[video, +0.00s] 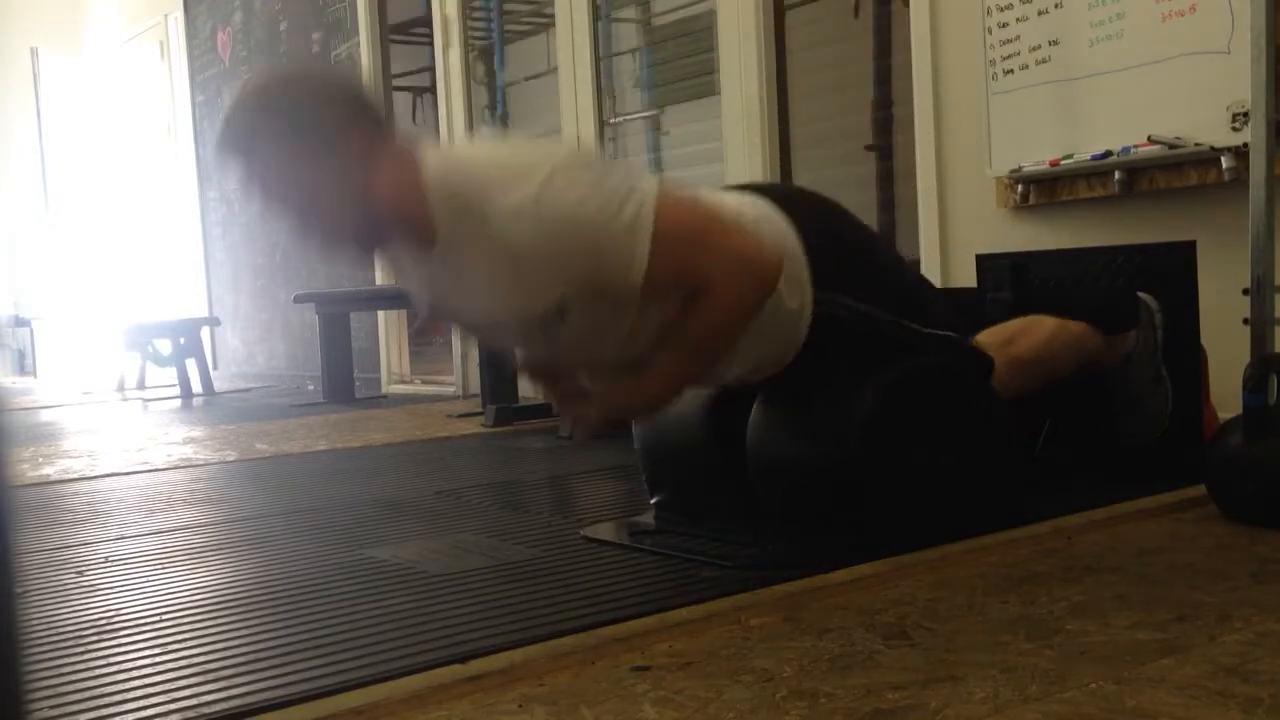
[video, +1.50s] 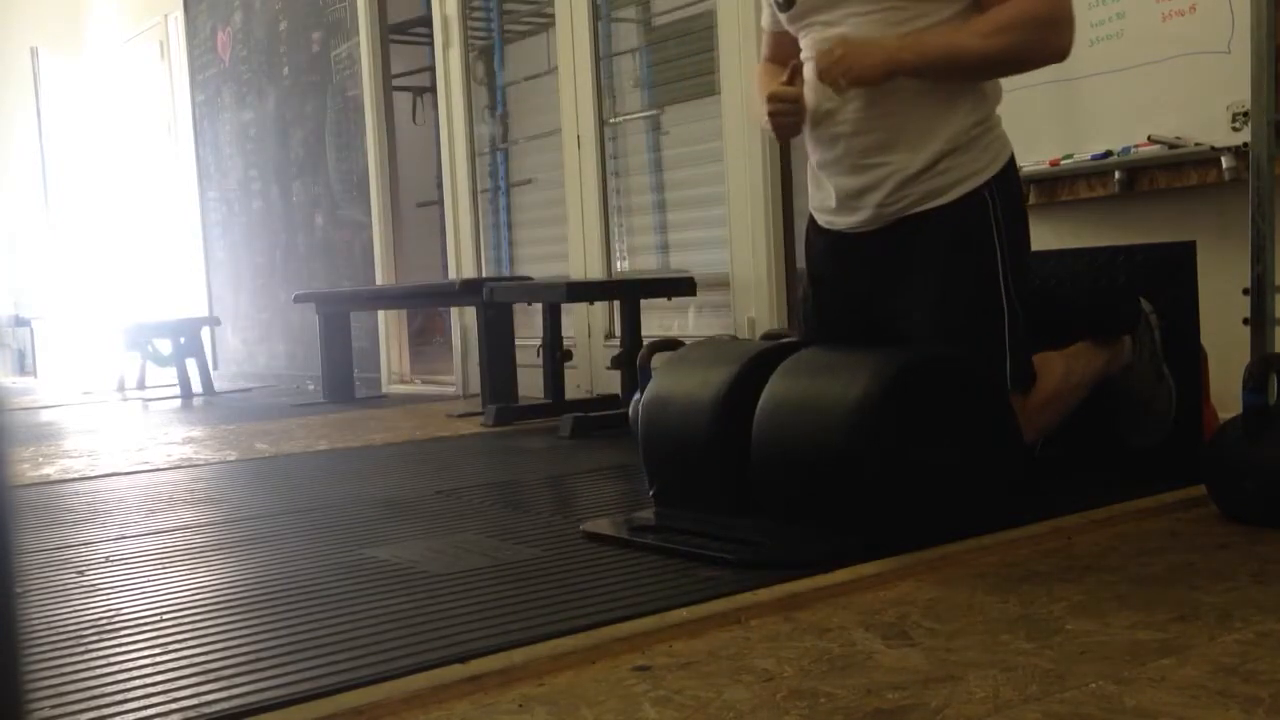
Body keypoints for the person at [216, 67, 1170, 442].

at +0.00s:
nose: (286, 212)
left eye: (286, 183)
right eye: (269, 195)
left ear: (346, 146)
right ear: (307, 177)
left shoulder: (508, 198)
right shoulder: (407, 236)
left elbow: (747, 266)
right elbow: (552, 293)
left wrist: (642, 385)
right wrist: (569, 368)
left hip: (799, 270)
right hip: (714, 311)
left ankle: (1072, 345)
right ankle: (990, 351)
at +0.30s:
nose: (290, 453)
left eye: (280, 429)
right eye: (266, 439)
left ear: (337, 374)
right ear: (335, 345)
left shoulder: (513, 382)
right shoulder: (402, 358)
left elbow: (750, 396)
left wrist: (634, 493)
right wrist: (602, 476)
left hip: (769, 294)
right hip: (709, 259)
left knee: (954, 341)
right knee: (918, 311)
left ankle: (1102, 328)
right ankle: (1092, 297)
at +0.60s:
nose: (337, 277)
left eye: (337, 244)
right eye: (320, 257)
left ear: (399, 201)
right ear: (384, 214)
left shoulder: (554, 244)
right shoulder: (459, 263)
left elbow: (787, 296)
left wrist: (685, 400)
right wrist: (609, 391)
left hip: (821, 247)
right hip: (727, 285)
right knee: (700, 493)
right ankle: (957, 370)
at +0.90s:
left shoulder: (764, 3)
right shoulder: (574, 11)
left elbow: (882, 92)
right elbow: (633, 114)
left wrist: (741, 186)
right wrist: (655, 173)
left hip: (886, 235)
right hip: (784, 270)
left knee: (956, 441)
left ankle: (1104, 349)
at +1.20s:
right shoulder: (729, 3)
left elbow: (1002, 29)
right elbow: (729, 67)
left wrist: (843, 82)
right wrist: (729, 113)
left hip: (932, 208)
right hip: (814, 231)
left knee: (967, 444)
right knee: (841, 450)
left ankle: (1109, 346)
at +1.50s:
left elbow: (1046, 28)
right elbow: (776, 59)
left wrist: (890, 53)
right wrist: (777, 100)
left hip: (957, 201)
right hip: (838, 216)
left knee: (983, 438)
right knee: (853, 433)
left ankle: (1114, 349)